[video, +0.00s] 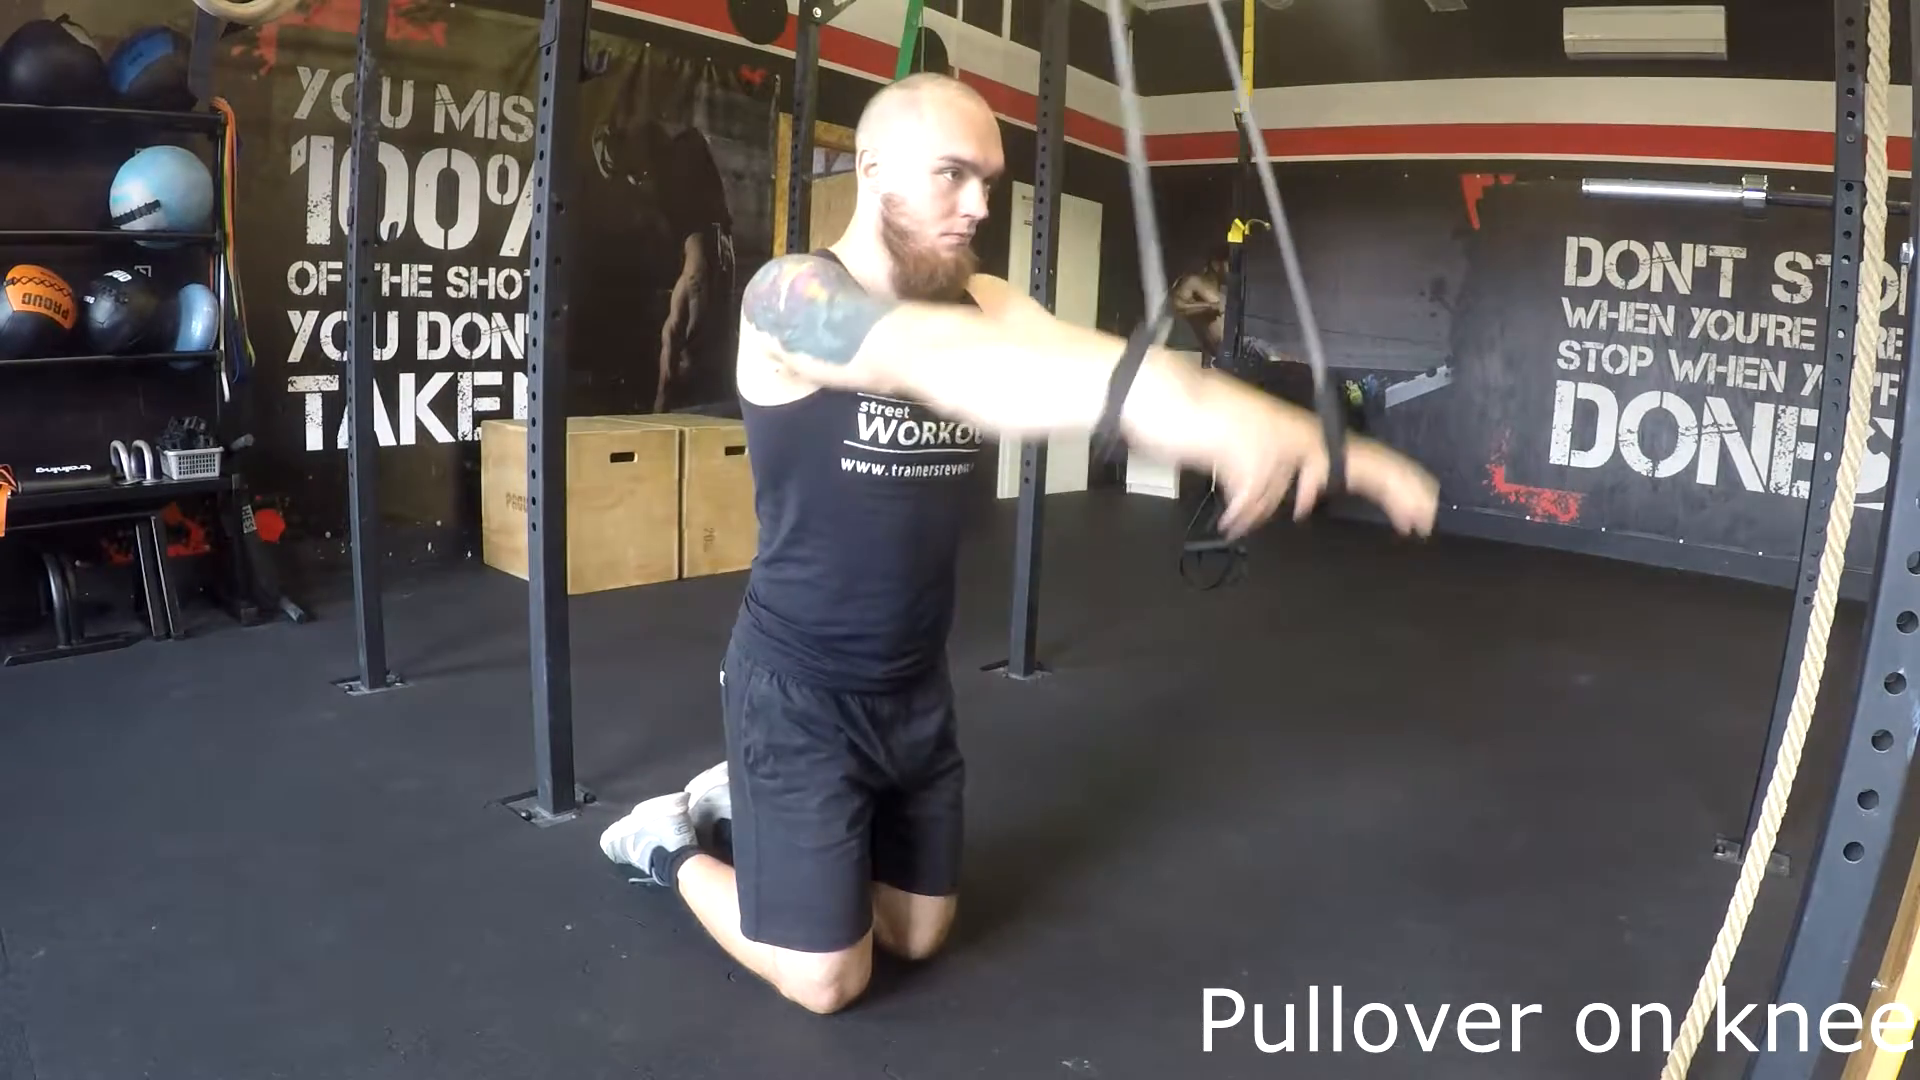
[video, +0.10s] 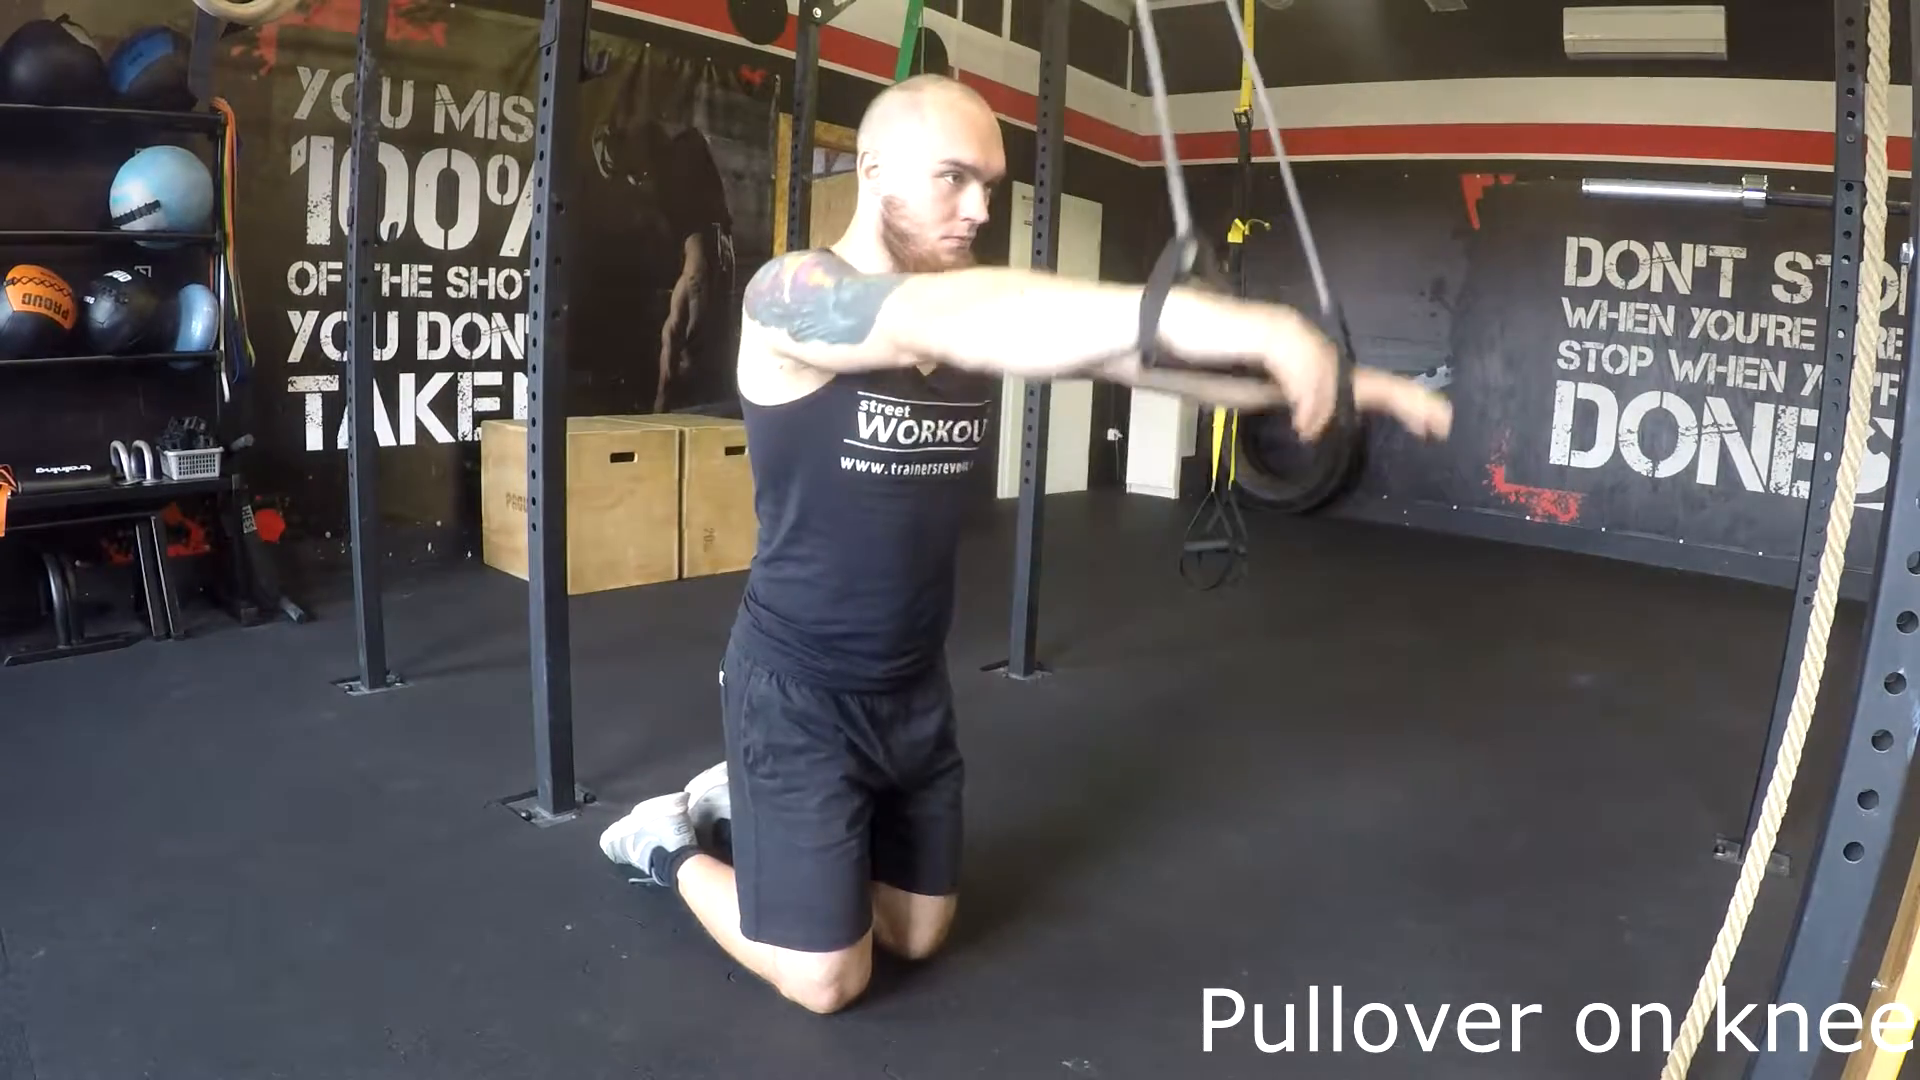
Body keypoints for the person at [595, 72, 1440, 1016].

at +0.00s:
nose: (978, 206)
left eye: (990, 183)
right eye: (951, 177)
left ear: (992, 188)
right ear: (867, 173)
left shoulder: (984, 303)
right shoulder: (791, 294)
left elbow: (1123, 376)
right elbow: (949, 369)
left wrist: (1334, 453)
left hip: (916, 683)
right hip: (797, 686)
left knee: (916, 931)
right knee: (822, 978)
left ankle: (759, 807)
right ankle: (672, 852)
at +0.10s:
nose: (981, 210)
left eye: (991, 186)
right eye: (955, 180)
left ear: (989, 189)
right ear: (871, 174)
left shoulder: (978, 310)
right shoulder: (788, 294)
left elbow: (1134, 356)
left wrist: (1331, 387)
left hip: (912, 684)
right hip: (796, 685)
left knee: (916, 931)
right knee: (821, 977)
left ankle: (752, 807)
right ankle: (671, 851)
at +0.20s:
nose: (982, 213)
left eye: (994, 188)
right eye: (959, 183)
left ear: (994, 190)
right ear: (875, 176)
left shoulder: (976, 299)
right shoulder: (791, 292)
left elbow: (1144, 341)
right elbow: (970, 310)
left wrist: (1319, 353)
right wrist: (1200, 288)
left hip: (912, 681)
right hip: (797, 682)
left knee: (915, 932)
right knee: (820, 977)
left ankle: (754, 805)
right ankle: (672, 852)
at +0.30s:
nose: (981, 214)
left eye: (993, 189)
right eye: (958, 183)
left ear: (991, 193)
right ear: (874, 175)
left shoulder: (977, 308)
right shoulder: (790, 299)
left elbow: (1128, 349)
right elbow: (969, 324)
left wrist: (1319, 373)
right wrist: (1245, 324)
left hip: (912, 684)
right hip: (797, 685)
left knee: (916, 931)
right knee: (820, 976)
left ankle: (755, 807)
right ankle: (672, 853)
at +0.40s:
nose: (984, 214)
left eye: (995, 188)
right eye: (958, 183)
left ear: (995, 192)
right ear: (874, 178)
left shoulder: (985, 310)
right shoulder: (791, 305)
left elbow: (1129, 370)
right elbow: (956, 379)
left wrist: (1331, 438)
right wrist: (1188, 418)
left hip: (913, 685)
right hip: (796, 687)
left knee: (916, 931)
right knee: (820, 978)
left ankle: (751, 808)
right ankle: (672, 852)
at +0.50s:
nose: (982, 215)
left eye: (996, 188)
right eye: (958, 183)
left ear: (1003, 190)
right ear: (877, 179)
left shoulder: (983, 315)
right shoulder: (797, 312)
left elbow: (1136, 420)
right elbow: (952, 453)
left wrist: (1319, 525)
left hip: (914, 685)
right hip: (797, 687)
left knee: (915, 930)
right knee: (822, 981)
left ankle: (750, 807)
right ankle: (675, 852)